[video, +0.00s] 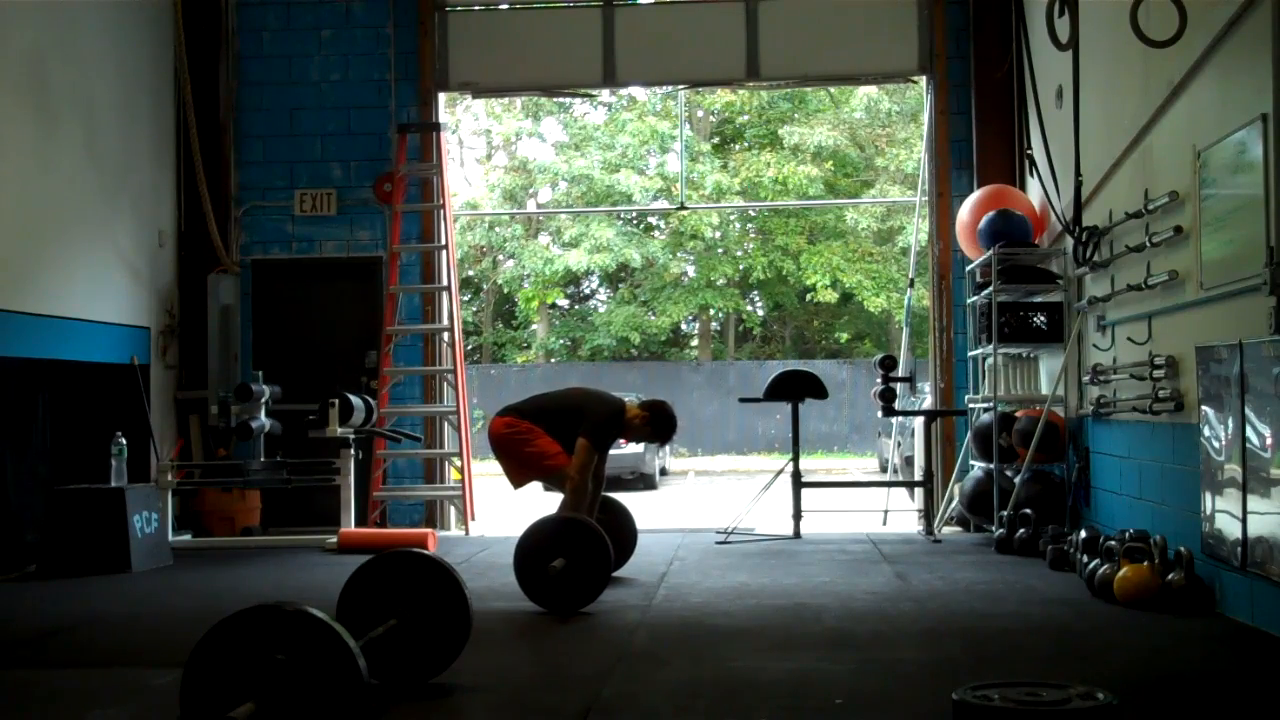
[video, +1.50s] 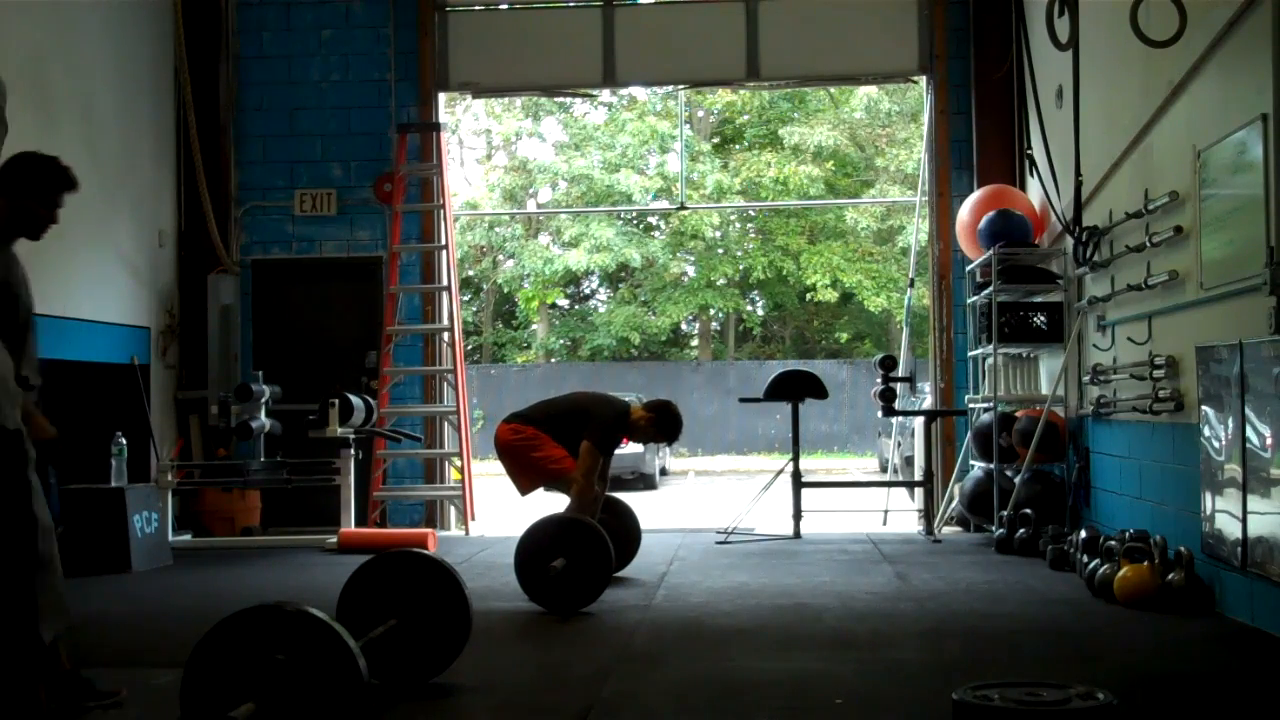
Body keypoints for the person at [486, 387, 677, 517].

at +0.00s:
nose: (636, 442)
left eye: (643, 441)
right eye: (643, 437)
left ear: (641, 416)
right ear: (642, 419)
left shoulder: (613, 419)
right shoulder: (606, 413)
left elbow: (595, 478)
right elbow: (577, 477)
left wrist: (587, 530)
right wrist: (568, 535)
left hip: (524, 428)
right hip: (511, 426)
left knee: (588, 481)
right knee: (577, 483)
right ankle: (561, 550)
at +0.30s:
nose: (640, 441)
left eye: (646, 441)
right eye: (646, 437)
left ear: (643, 414)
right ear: (644, 417)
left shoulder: (614, 420)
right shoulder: (607, 414)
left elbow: (599, 480)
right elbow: (581, 478)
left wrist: (589, 530)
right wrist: (571, 535)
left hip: (524, 431)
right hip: (515, 430)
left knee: (591, 486)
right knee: (581, 485)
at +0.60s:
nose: (635, 442)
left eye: (641, 441)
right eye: (641, 437)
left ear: (639, 415)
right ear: (640, 419)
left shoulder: (611, 421)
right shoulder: (603, 415)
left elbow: (595, 481)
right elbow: (577, 478)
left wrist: (587, 532)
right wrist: (568, 536)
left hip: (524, 434)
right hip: (511, 433)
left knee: (589, 488)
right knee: (579, 488)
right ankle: (566, 552)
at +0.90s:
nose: (631, 442)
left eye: (638, 441)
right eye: (638, 437)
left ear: (638, 415)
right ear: (639, 421)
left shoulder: (609, 419)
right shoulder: (602, 412)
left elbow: (594, 478)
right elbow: (579, 477)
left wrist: (586, 529)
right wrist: (569, 534)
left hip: (520, 426)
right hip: (509, 423)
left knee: (583, 483)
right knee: (574, 484)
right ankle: (554, 548)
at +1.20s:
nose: (643, 442)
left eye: (649, 442)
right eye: (649, 438)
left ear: (646, 416)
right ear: (647, 421)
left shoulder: (617, 418)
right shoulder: (609, 413)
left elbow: (599, 479)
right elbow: (586, 479)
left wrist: (590, 531)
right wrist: (571, 537)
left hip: (528, 428)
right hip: (517, 426)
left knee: (592, 483)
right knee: (584, 484)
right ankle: (562, 549)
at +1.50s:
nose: (645, 443)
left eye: (651, 442)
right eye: (650, 438)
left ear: (646, 416)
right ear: (647, 420)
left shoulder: (617, 422)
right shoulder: (610, 416)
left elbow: (600, 481)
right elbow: (584, 480)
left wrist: (588, 535)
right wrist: (572, 538)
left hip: (529, 434)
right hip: (518, 433)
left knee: (592, 487)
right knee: (584, 487)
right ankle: (566, 553)